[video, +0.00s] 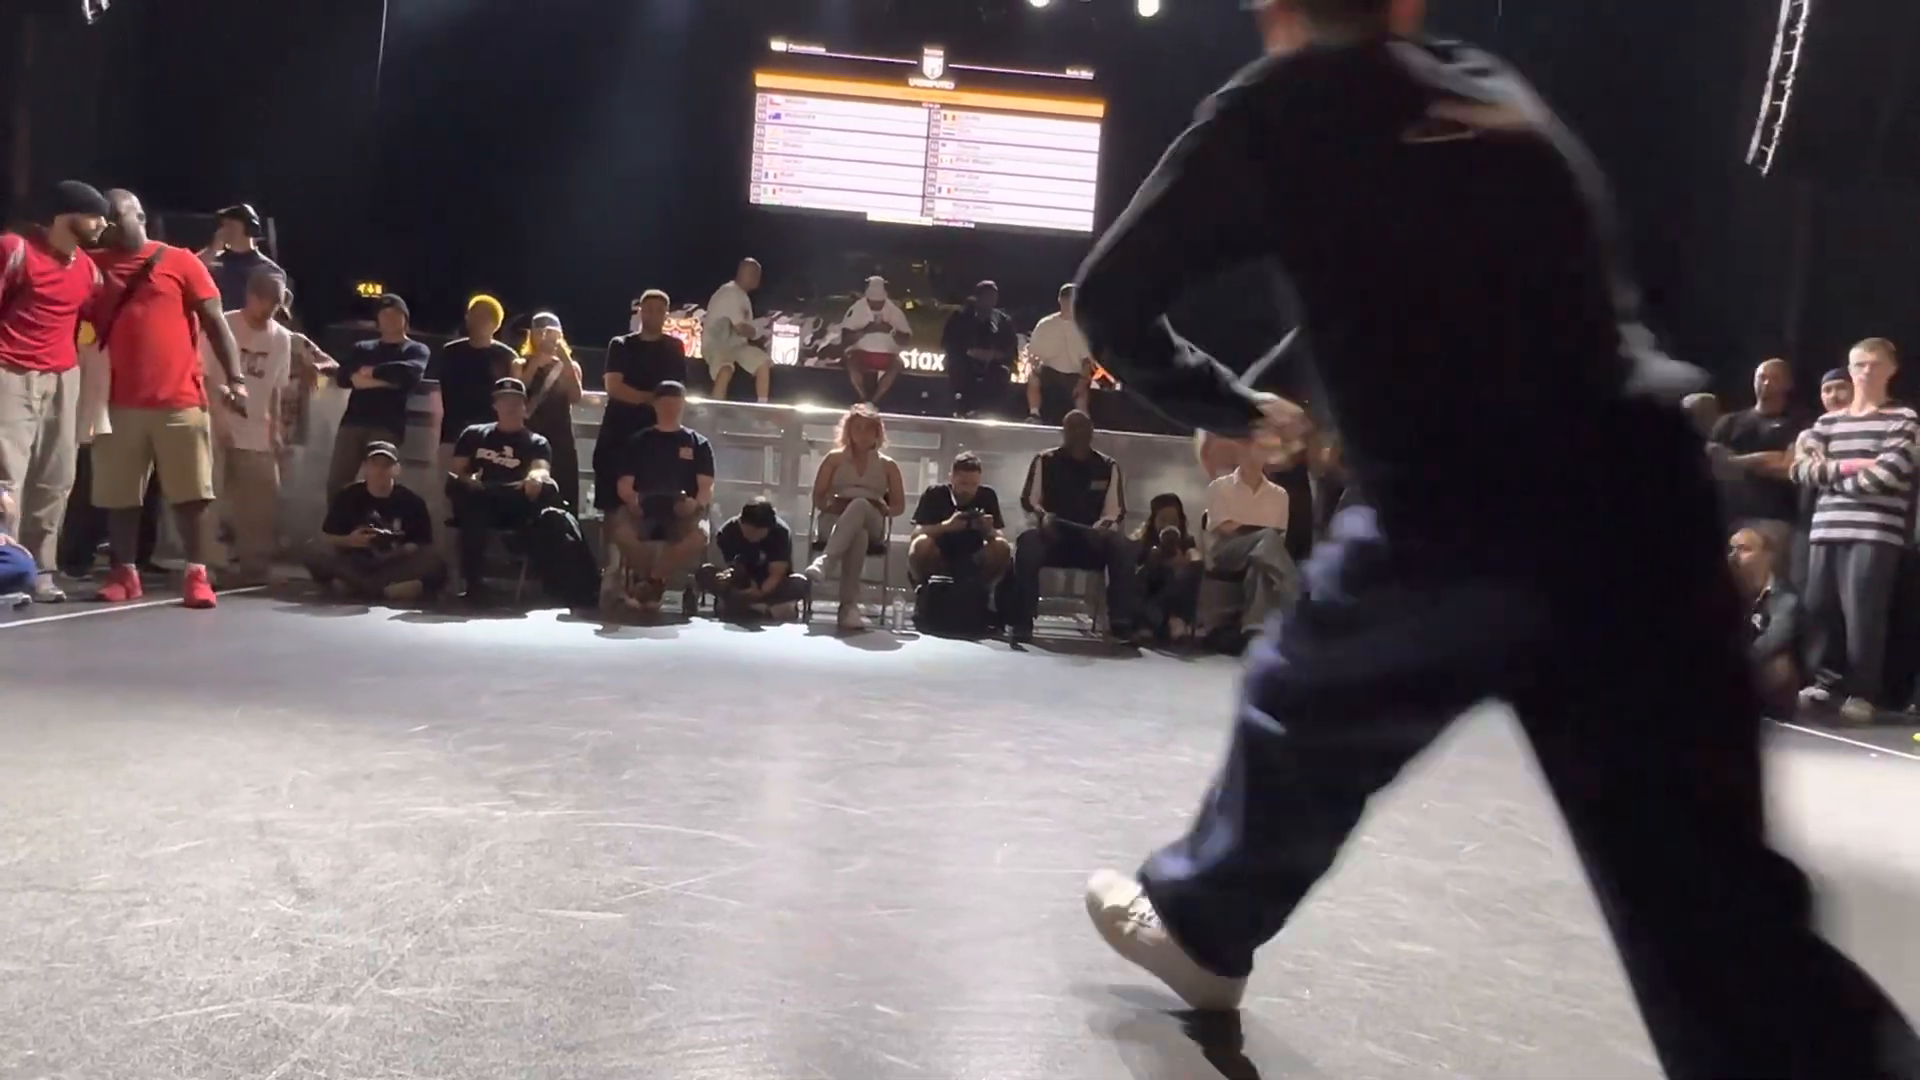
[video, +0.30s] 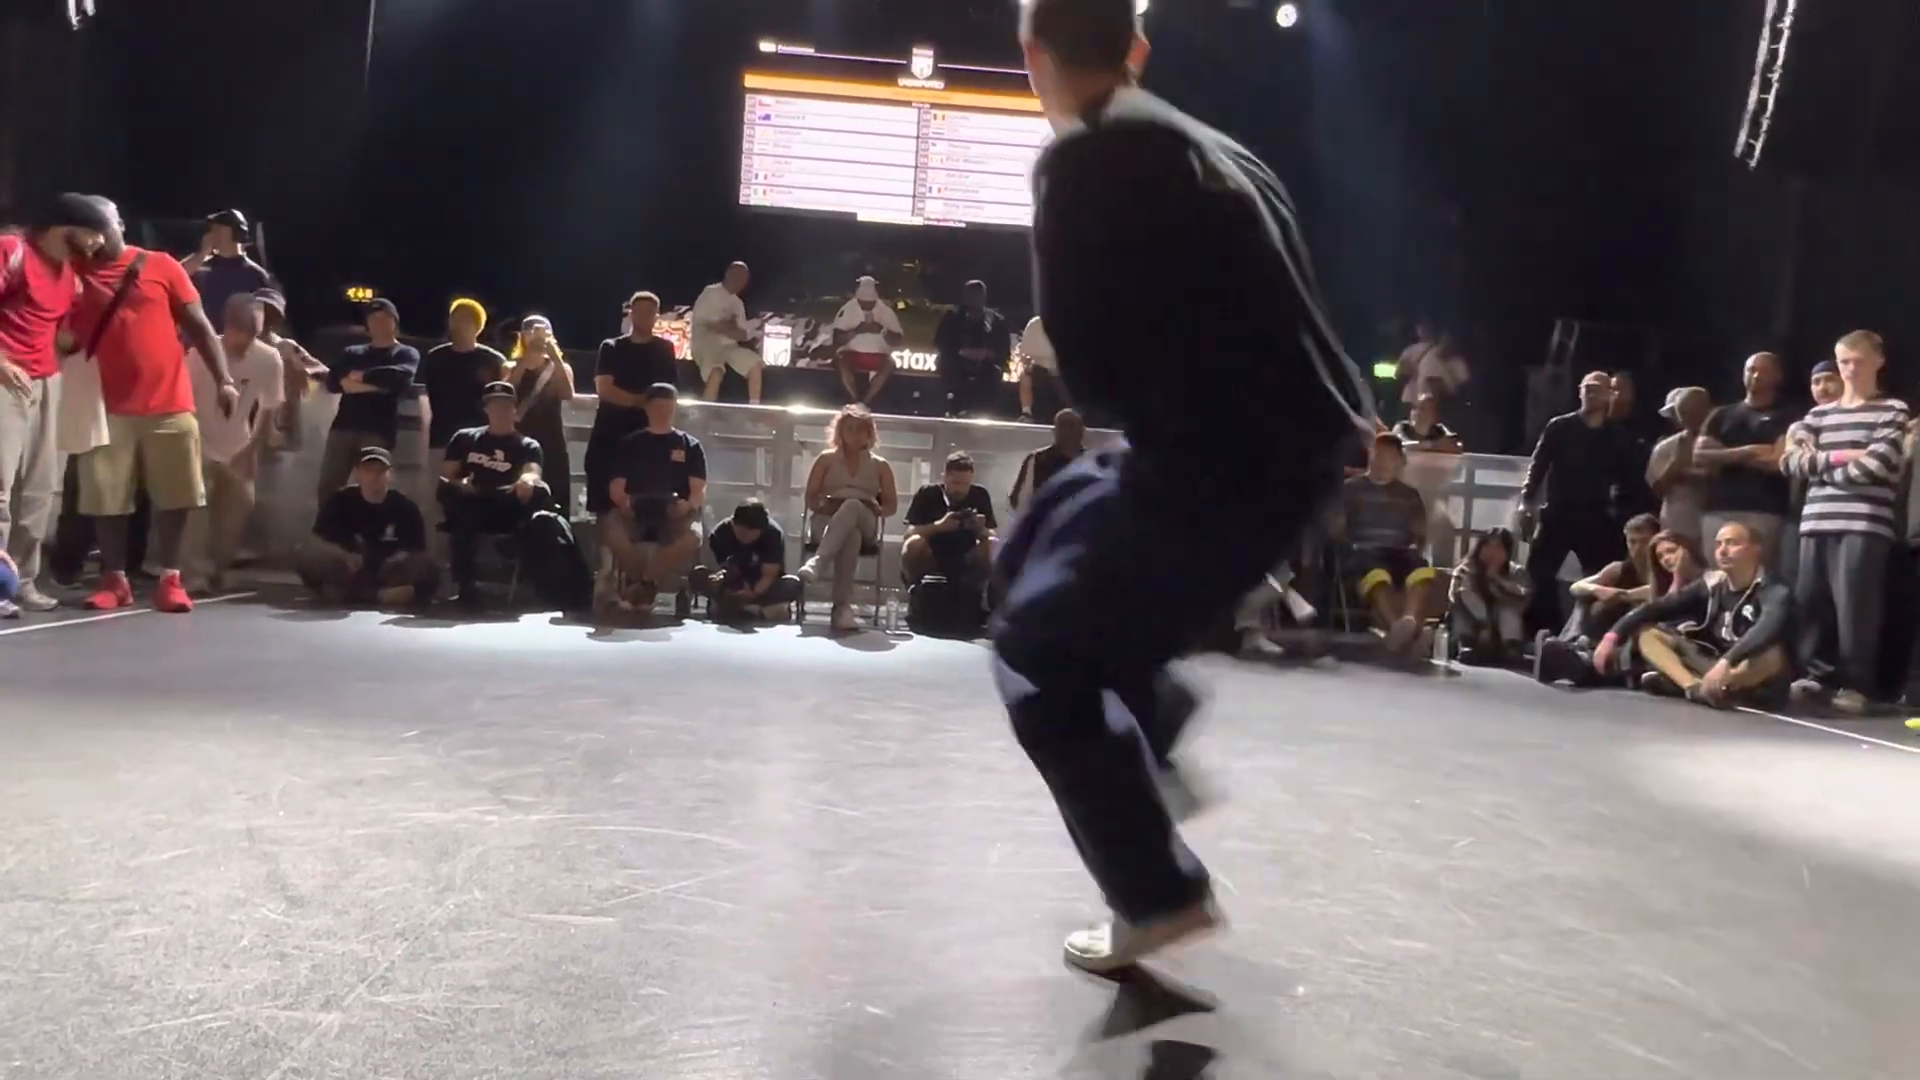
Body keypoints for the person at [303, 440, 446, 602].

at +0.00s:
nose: (380, 471)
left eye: (386, 466)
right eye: (375, 465)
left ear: (395, 470)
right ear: (365, 467)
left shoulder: (412, 502)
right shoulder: (346, 497)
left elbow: (423, 546)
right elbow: (327, 538)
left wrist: (395, 548)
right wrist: (350, 541)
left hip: (395, 561)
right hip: (354, 560)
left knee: (433, 561)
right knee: (313, 550)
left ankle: (358, 588)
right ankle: (382, 591)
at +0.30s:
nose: (375, 477)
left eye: (380, 472)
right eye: (369, 471)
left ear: (389, 475)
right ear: (358, 474)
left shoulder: (405, 507)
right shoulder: (339, 501)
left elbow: (416, 548)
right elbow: (318, 540)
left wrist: (400, 558)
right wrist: (346, 557)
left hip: (389, 568)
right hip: (347, 567)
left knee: (427, 568)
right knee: (306, 556)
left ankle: (350, 596)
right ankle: (378, 596)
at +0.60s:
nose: (374, 491)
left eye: (380, 485)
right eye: (369, 484)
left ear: (389, 488)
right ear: (358, 487)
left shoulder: (405, 520)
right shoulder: (339, 514)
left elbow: (415, 562)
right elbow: (319, 553)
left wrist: (387, 579)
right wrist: (341, 578)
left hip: (386, 581)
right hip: (347, 580)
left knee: (428, 580)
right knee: (304, 567)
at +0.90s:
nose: (367, 486)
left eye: (372, 480)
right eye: (361, 480)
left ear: (382, 483)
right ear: (351, 484)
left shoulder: (399, 514)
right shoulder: (334, 509)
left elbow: (409, 556)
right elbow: (317, 549)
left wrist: (381, 574)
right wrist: (338, 573)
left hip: (382, 576)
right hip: (343, 575)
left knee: (422, 575)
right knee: (300, 564)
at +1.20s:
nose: (374, 506)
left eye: (379, 500)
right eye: (368, 499)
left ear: (388, 503)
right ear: (358, 504)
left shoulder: (406, 534)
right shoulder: (342, 530)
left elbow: (416, 576)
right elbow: (325, 570)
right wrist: (346, 588)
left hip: (390, 595)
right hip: (351, 594)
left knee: (430, 594)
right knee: (309, 584)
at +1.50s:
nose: (374, 510)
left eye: (379, 504)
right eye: (368, 504)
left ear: (388, 507)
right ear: (359, 508)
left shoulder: (406, 537)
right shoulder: (342, 534)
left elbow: (416, 579)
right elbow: (327, 574)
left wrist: (390, 600)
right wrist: (346, 592)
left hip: (390, 599)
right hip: (353, 598)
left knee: (430, 596)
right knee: (310, 588)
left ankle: (354, 628)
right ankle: (380, 628)